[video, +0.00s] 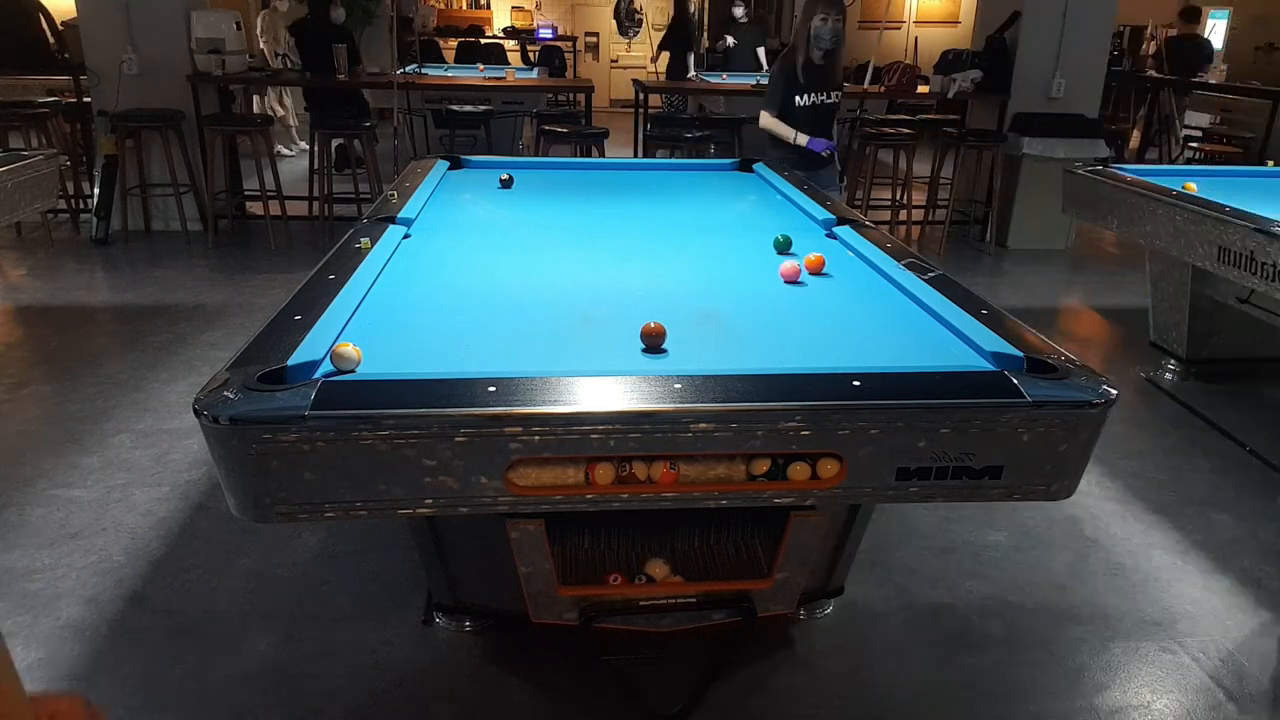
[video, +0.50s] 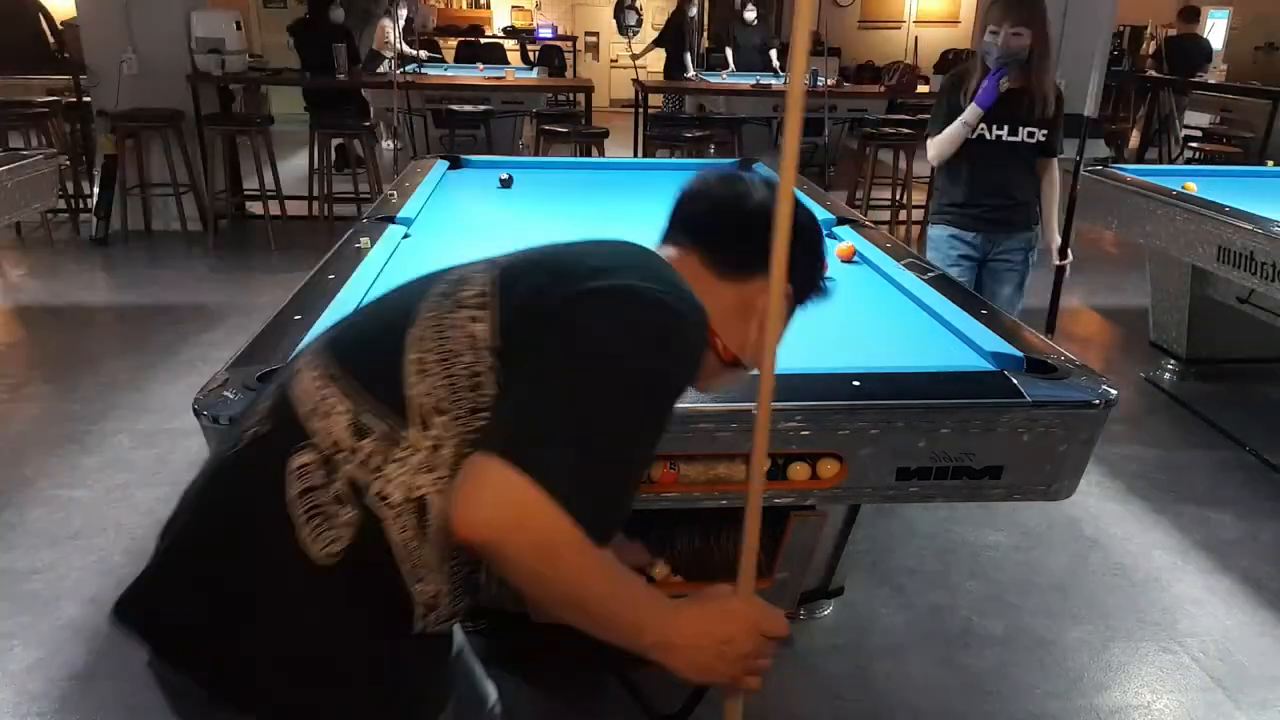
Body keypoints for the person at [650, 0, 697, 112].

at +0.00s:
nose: (694, 6)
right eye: (692, 4)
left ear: (677, 7)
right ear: (690, 7)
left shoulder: (675, 20)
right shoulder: (689, 23)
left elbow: (665, 39)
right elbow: (690, 49)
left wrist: (656, 56)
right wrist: (691, 70)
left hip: (672, 65)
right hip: (684, 67)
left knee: (670, 94)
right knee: (682, 95)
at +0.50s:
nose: (695, 8)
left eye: (696, 6)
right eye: (694, 5)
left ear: (682, 4)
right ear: (686, 4)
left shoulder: (675, 16)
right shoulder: (684, 19)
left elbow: (658, 41)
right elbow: (685, 49)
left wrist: (639, 55)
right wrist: (691, 71)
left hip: (670, 69)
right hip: (679, 70)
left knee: (670, 103)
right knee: (677, 103)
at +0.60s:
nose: (687, 8)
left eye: (687, 5)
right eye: (686, 5)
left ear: (674, 3)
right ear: (678, 4)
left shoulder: (664, 18)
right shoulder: (675, 20)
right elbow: (680, 50)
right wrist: (690, 72)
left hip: (660, 70)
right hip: (669, 72)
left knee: (663, 107)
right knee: (668, 107)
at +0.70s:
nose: (673, 8)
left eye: (673, 5)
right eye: (671, 5)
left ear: (661, 4)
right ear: (664, 5)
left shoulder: (654, 18)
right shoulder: (658, 20)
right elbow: (662, 54)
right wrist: (680, 72)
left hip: (646, 68)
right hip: (651, 70)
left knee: (651, 103)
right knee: (654, 103)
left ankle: (648, 133)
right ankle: (650, 134)